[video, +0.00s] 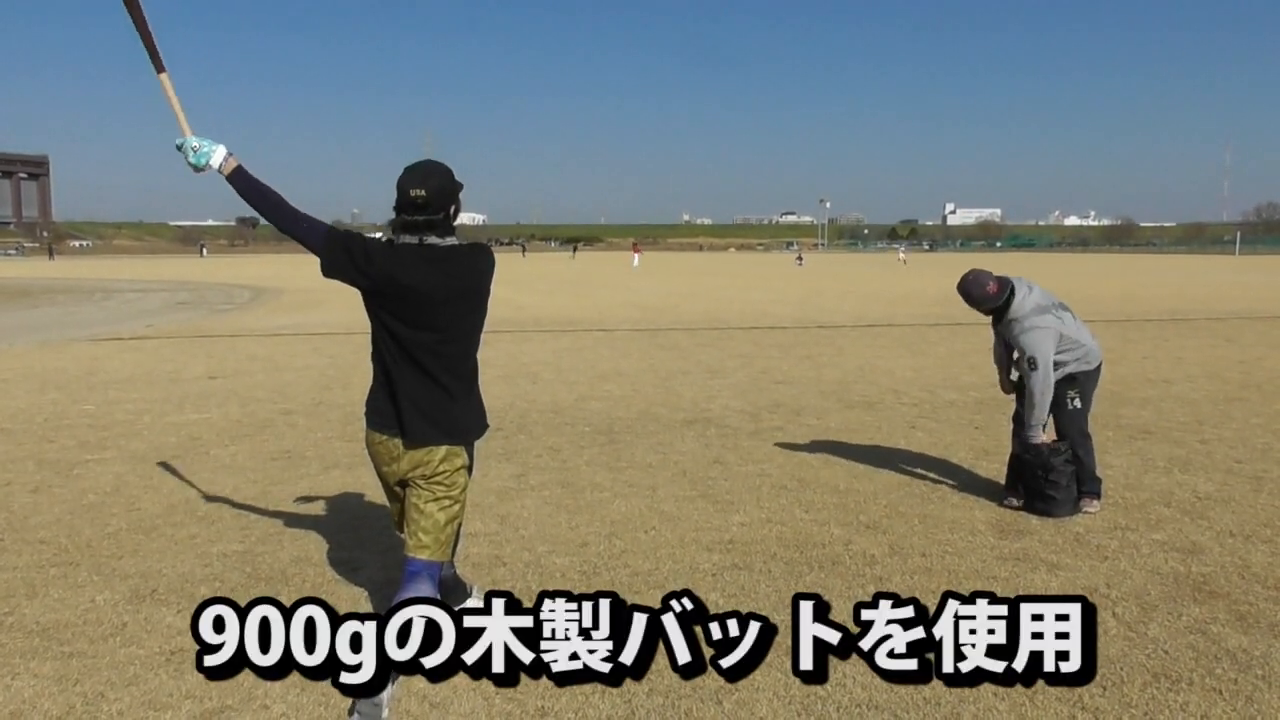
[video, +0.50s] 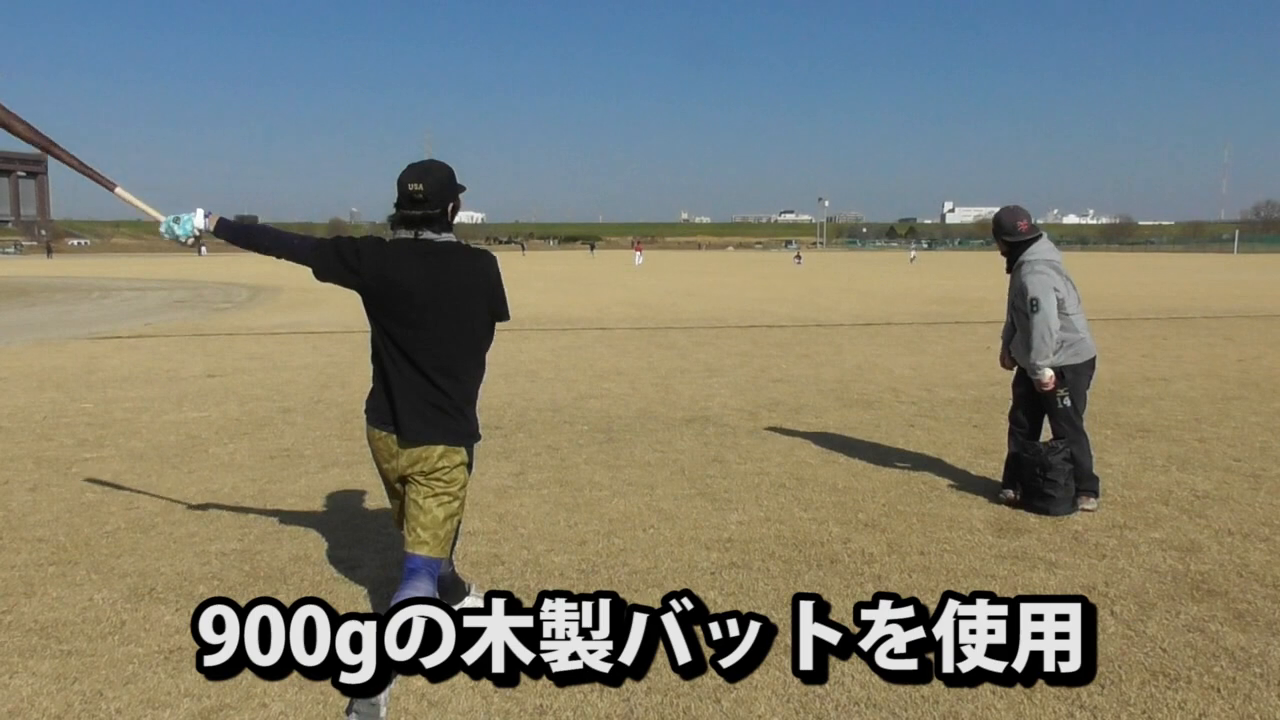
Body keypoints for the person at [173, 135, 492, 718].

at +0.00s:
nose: (451, 207)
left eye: (412, 199)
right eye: (451, 201)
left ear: (399, 207)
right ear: (452, 211)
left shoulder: (375, 259)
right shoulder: (479, 263)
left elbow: (292, 220)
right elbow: (449, 243)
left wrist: (225, 163)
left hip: (385, 432)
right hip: (447, 437)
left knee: (424, 535)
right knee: (421, 567)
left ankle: (455, 596)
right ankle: (376, 690)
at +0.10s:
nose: (447, 208)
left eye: (409, 200)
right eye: (449, 202)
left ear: (399, 206)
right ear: (452, 212)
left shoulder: (373, 258)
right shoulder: (479, 262)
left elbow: (291, 221)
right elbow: (446, 244)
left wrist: (223, 167)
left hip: (384, 432)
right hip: (446, 437)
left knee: (423, 536)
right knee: (420, 567)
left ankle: (455, 598)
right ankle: (375, 690)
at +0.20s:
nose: (455, 207)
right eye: (453, 202)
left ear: (398, 207)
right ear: (452, 210)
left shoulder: (374, 258)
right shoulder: (479, 263)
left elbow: (293, 222)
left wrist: (222, 170)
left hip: (384, 432)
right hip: (445, 437)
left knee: (422, 538)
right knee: (419, 569)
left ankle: (452, 599)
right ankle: (374, 691)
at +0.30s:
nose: (460, 208)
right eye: (457, 202)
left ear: (399, 207)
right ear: (452, 210)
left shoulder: (373, 257)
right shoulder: (480, 264)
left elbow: (291, 225)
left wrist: (217, 180)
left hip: (384, 434)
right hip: (444, 439)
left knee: (422, 539)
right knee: (418, 569)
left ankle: (448, 598)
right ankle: (375, 691)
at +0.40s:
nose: (459, 208)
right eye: (457, 202)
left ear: (399, 206)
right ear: (451, 210)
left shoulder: (373, 257)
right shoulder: (478, 263)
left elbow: (292, 233)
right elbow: (489, 303)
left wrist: (215, 198)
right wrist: (438, 256)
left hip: (384, 433)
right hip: (445, 437)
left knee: (421, 539)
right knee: (419, 568)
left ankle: (454, 601)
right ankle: (373, 692)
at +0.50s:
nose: (460, 207)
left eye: (453, 199)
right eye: (457, 201)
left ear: (400, 206)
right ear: (451, 209)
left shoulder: (374, 257)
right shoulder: (480, 265)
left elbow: (294, 245)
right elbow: (495, 317)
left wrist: (215, 224)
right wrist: (445, 287)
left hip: (385, 434)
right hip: (445, 438)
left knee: (422, 536)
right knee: (420, 569)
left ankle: (454, 598)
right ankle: (373, 689)